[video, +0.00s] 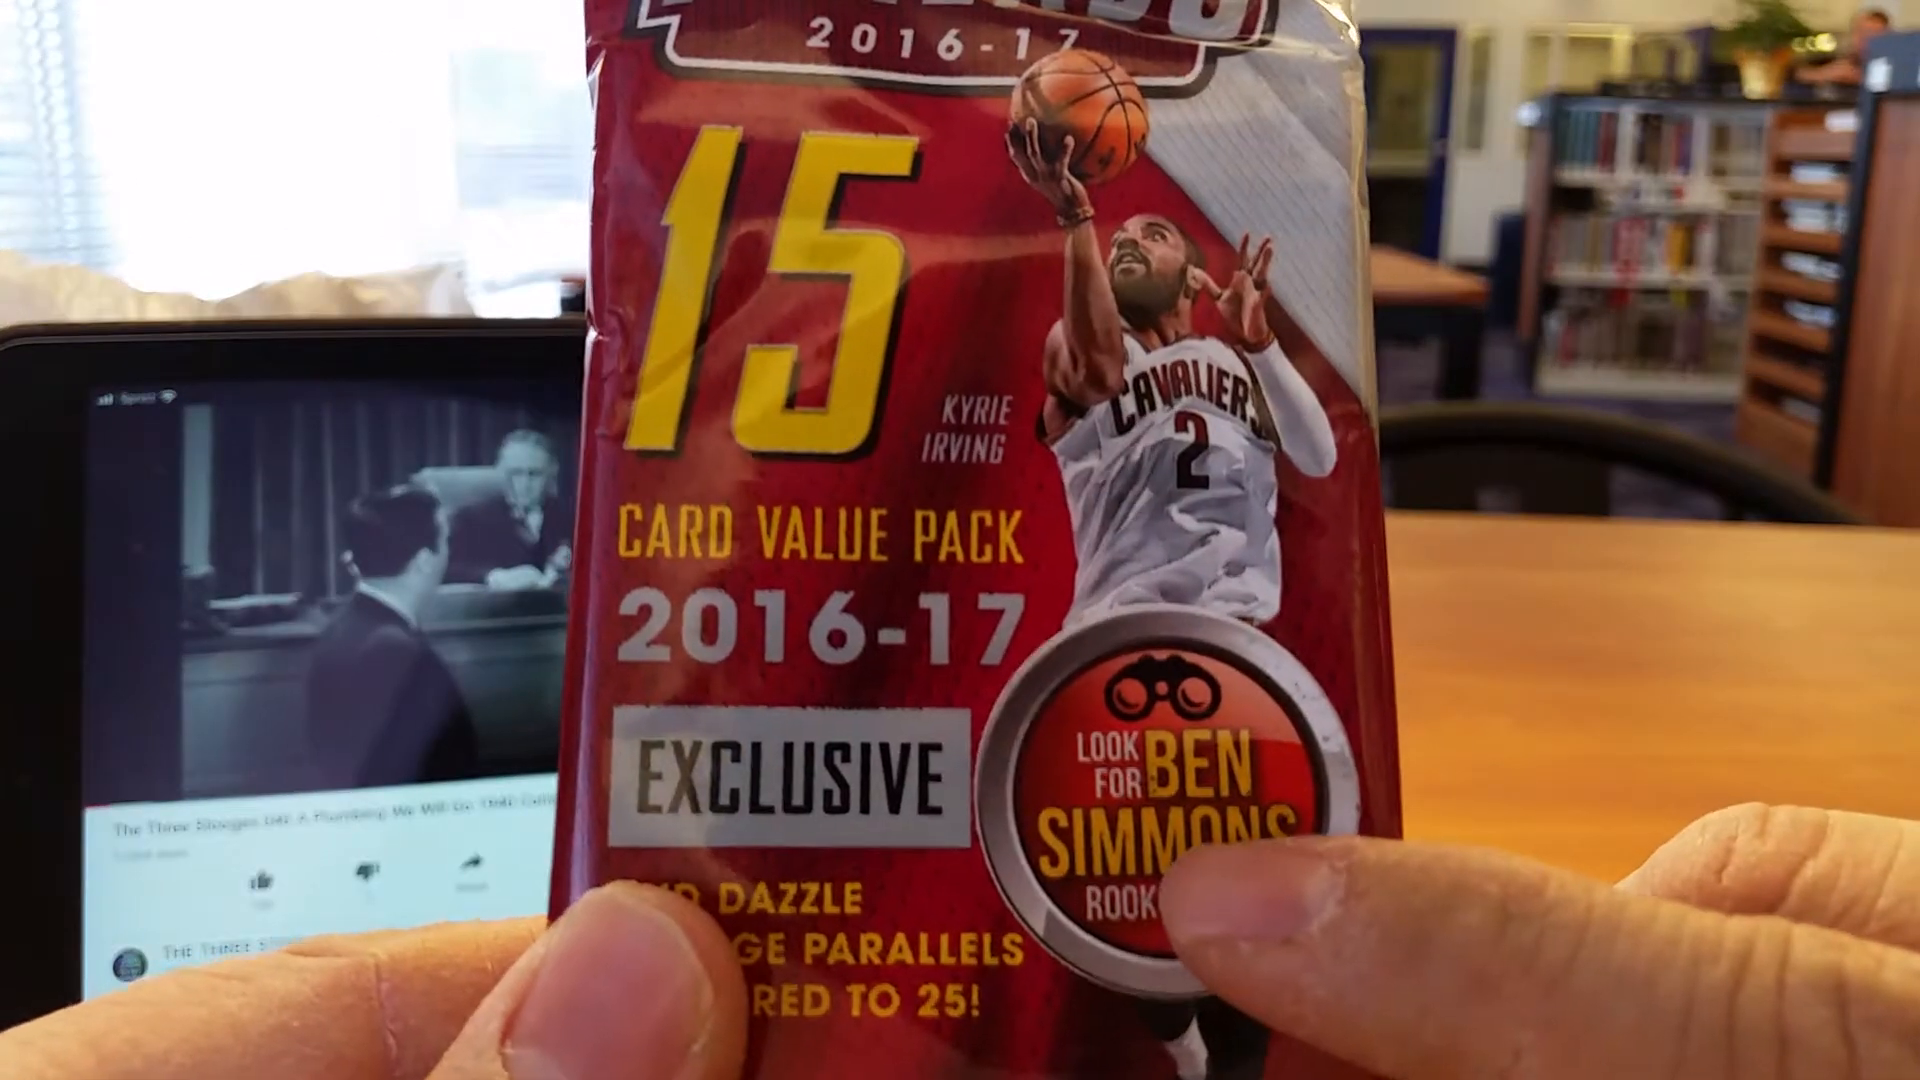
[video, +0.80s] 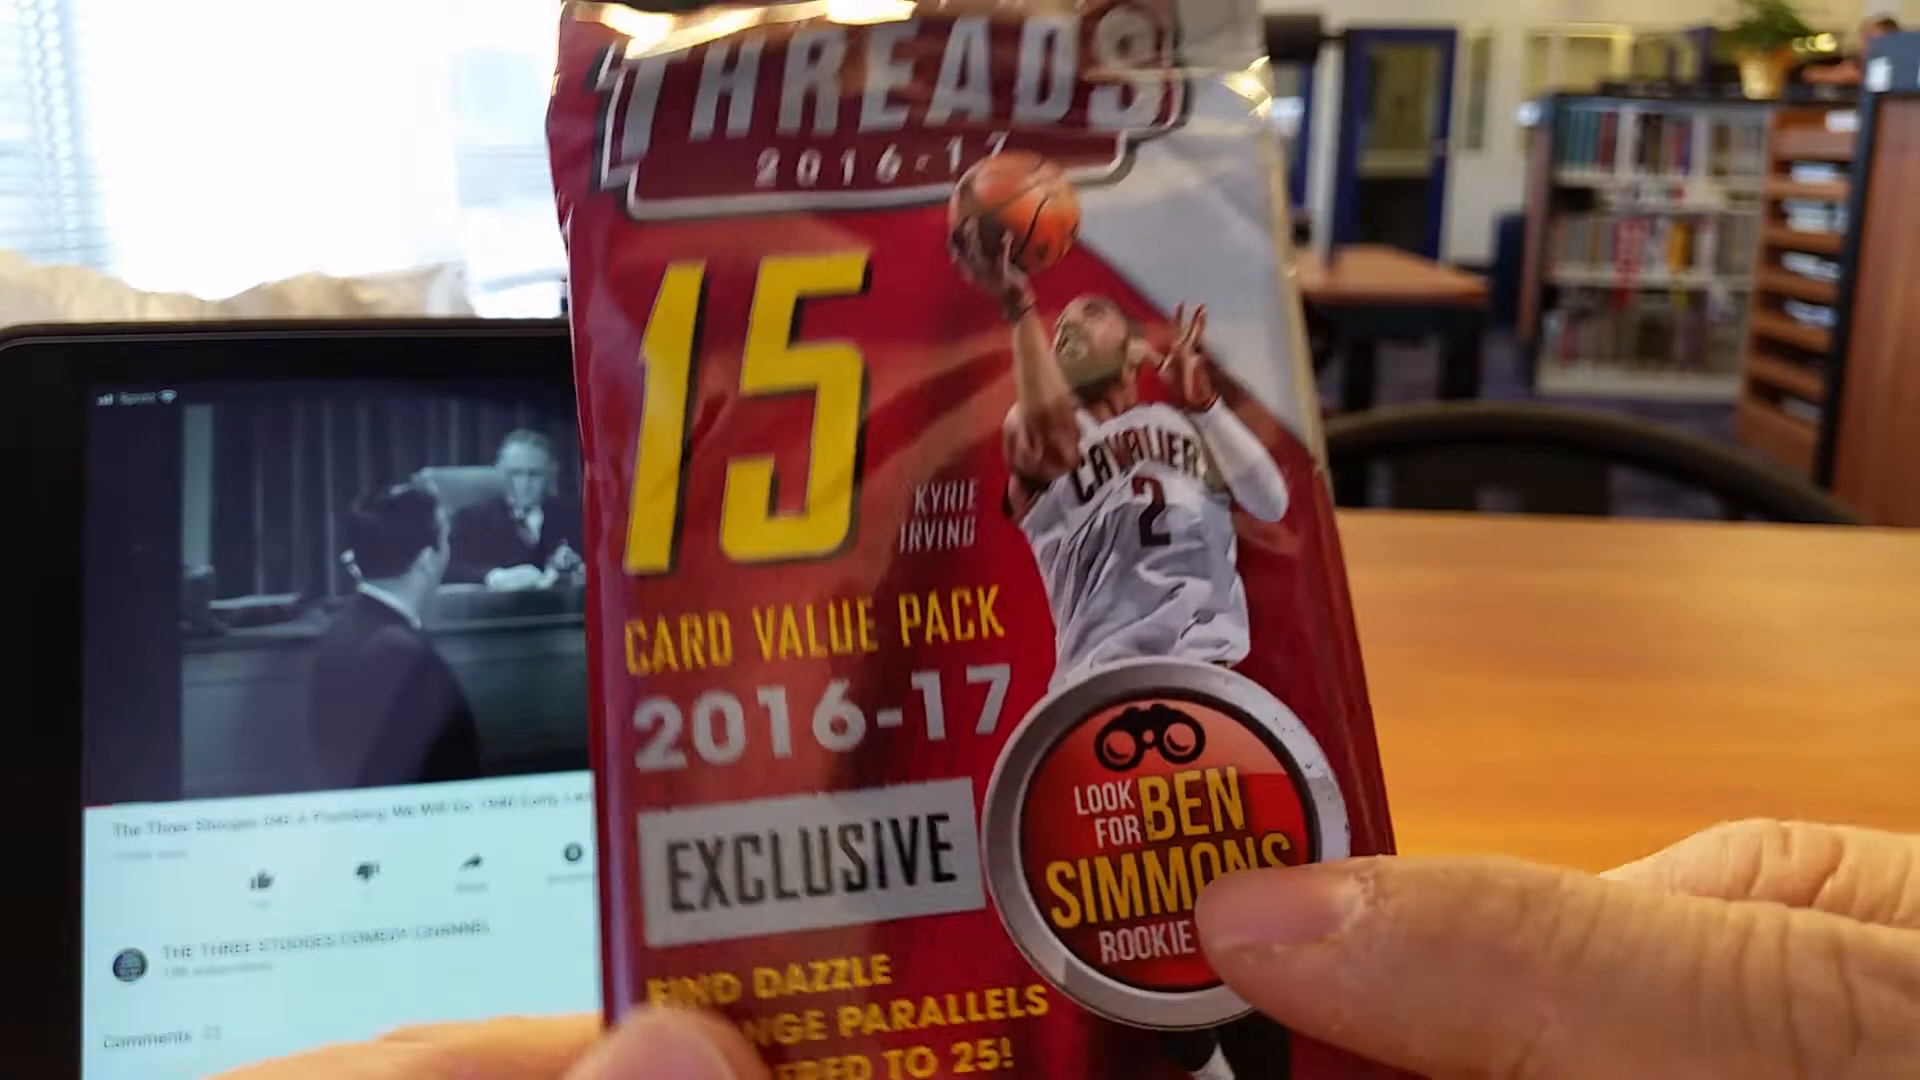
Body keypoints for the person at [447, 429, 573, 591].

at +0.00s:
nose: (524, 483)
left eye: (533, 473)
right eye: (516, 473)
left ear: (551, 473)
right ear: (500, 473)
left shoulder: (568, 518)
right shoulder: (471, 521)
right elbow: (452, 573)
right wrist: (492, 577)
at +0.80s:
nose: (524, 484)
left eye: (534, 474)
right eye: (515, 473)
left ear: (551, 473)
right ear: (499, 472)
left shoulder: (571, 519)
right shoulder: (473, 521)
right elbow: (450, 571)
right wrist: (491, 576)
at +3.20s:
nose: (533, 484)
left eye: (543, 475)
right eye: (524, 474)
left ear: (560, 472)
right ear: (511, 471)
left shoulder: (583, 514)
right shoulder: (483, 518)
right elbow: (456, 569)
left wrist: (589, 568)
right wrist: (505, 576)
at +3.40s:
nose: (533, 485)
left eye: (543, 475)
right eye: (524, 474)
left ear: (560, 473)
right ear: (511, 471)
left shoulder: (584, 514)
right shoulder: (484, 518)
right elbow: (455, 568)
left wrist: (595, 569)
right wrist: (504, 576)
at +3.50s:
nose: (533, 485)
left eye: (543, 475)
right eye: (524, 474)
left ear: (561, 473)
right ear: (511, 471)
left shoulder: (584, 515)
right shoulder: (483, 518)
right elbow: (454, 569)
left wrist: (593, 568)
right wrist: (504, 576)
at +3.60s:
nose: (533, 485)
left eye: (543, 475)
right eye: (524, 474)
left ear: (560, 473)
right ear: (511, 470)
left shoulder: (585, 515)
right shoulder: (484, 519)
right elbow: (454, 569)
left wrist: (597, 569)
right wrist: (504, 576)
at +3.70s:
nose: (533, 484)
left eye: (543, 475)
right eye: (524, 474)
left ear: (560, 473)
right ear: (511, 470)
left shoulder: (584, 515)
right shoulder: (483, 519)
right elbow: (453, 568)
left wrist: (594, 568)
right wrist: (504, 576)